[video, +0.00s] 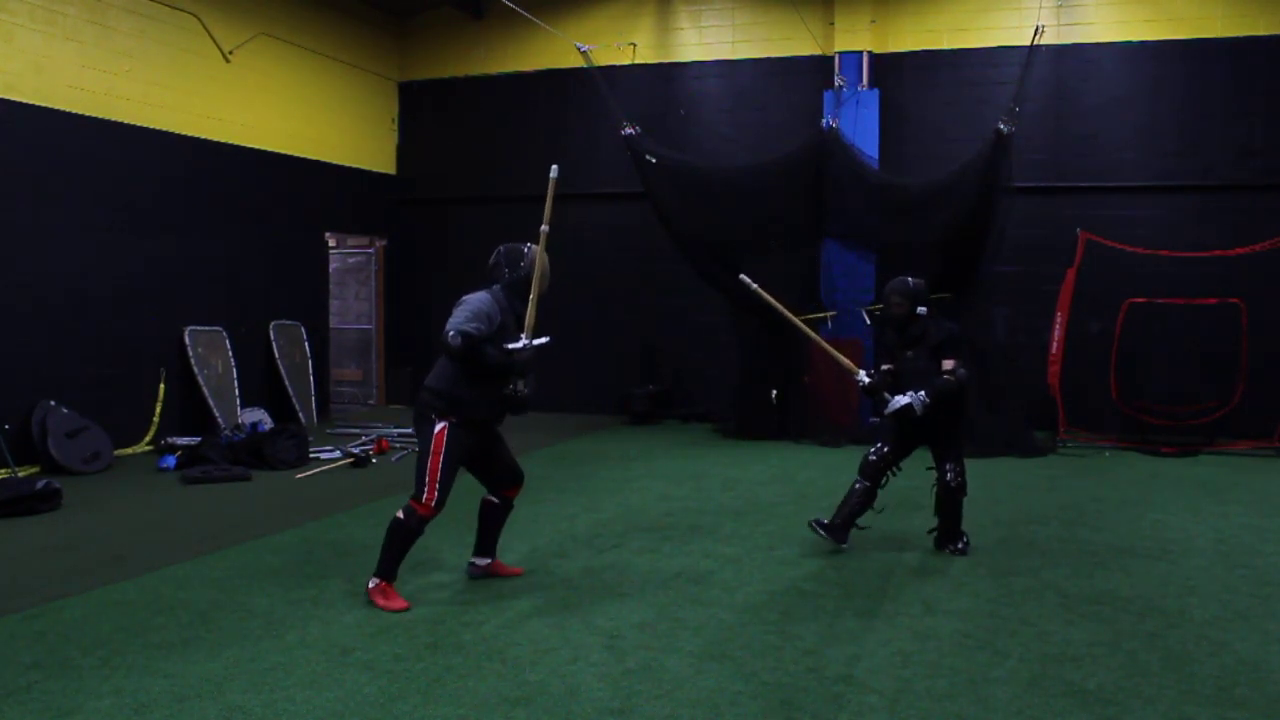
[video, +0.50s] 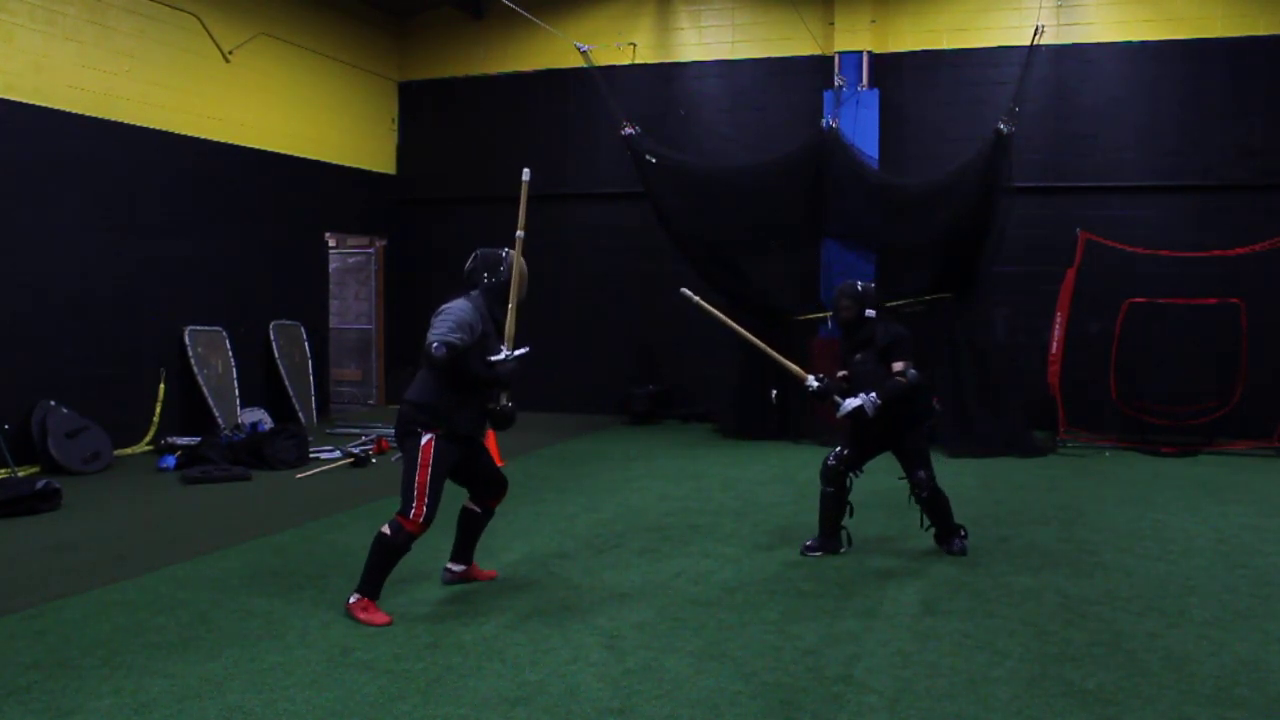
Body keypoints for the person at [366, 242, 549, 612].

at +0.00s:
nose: (538, 285)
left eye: (539, 277)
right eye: (533, 276)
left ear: (514, 275)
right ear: (515, 274)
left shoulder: (514, 317)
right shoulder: (482, 303)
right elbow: (456, 341)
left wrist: (517, 391)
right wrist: (509, 357)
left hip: (474, 417)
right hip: (443, 415)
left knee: (508, 481)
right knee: (427, 501)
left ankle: (483, 560)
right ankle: (380, 582)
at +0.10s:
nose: (533, 295)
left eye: (534, 287)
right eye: (529, 286)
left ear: (508, 283)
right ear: (511, 284)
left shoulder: (508, 325)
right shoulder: (477, 313)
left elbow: (488, 383)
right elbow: (453, 353)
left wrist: (509, 407)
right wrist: (505, 369)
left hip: (472, 423)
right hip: (441, 422)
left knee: (510, 483)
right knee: (433, 509)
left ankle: (483, 561)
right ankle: (380, 584)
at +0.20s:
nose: (531, 284)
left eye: (532, 276)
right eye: (527, 276)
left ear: (508, 274)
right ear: (507, 274)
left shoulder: (505, 315)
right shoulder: (475, 302)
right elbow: (449, 341)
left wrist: (507, 397)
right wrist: (503, 360)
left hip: (467, 417)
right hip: (437, 414)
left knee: (499, 480)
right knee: (430, 500)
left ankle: (482, 561)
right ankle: (379, 579)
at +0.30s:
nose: (527, 278)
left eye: (528, 270)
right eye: (523, 269)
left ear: (501, 265)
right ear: (504, 266)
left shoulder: (499, 305)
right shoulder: (472, 291)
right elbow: (447, 330)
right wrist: (500, 348)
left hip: (460, 408)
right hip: (430, 406)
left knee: (489, 475)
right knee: (424, 495)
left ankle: (478, 560)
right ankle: (373, 578)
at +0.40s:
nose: (518, 283)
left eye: (518, 275)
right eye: (514, 275)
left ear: (491, 272)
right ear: (497, 273)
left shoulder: (492, 314)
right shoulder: (465, 302)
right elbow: (444, 342)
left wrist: (501, 396)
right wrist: (497, 358)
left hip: (456, 420)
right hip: (429, 418)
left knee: (486, 485)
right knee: (418, 507)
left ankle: (458, 566)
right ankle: (365, 592)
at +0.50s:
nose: (515, 291)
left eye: (515, 283)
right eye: (511, 282)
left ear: (487, 279)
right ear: (493, 281)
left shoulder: (488, 321)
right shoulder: (461, 311)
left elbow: (473, 380)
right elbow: (440, 355)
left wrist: (494, 408)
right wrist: (493, 369)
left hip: (455, 428)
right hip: (426, 426)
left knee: (492, 486)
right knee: (415, 515)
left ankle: (460, 565)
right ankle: (362, 597)